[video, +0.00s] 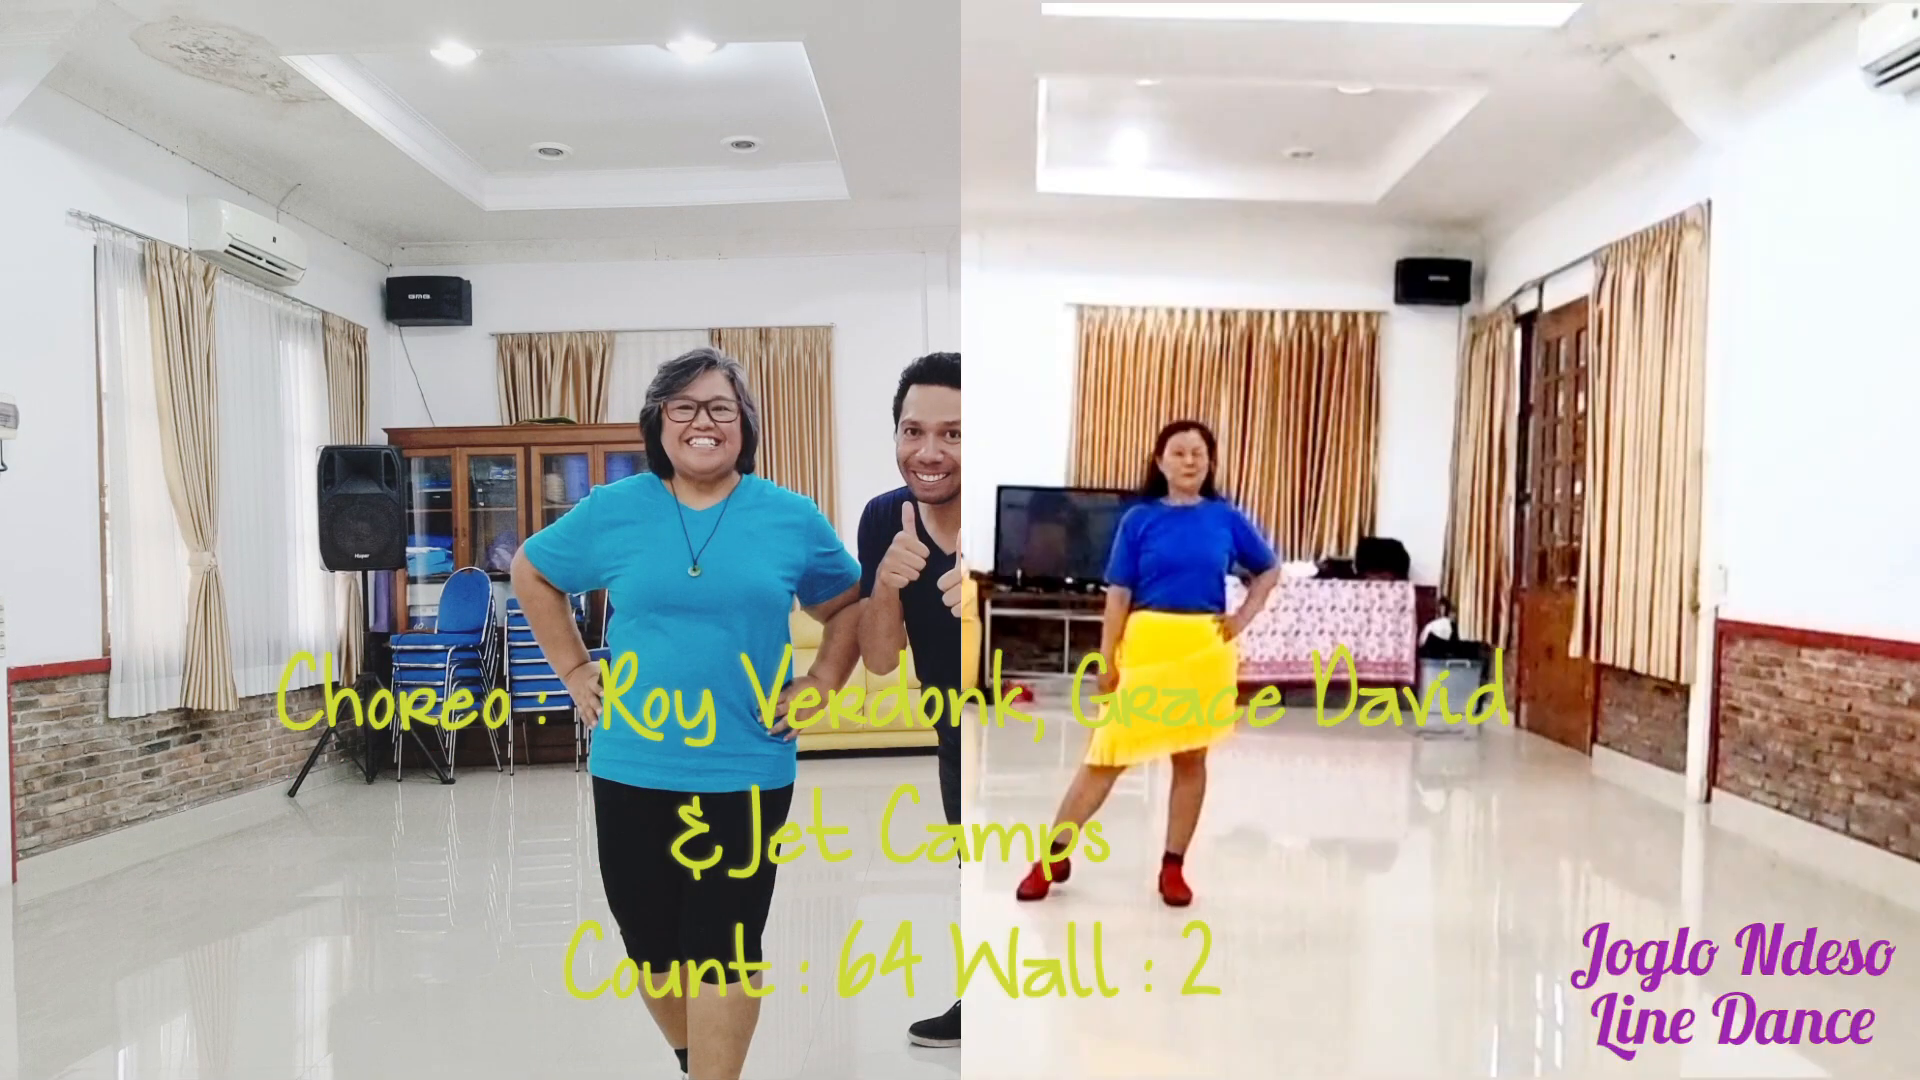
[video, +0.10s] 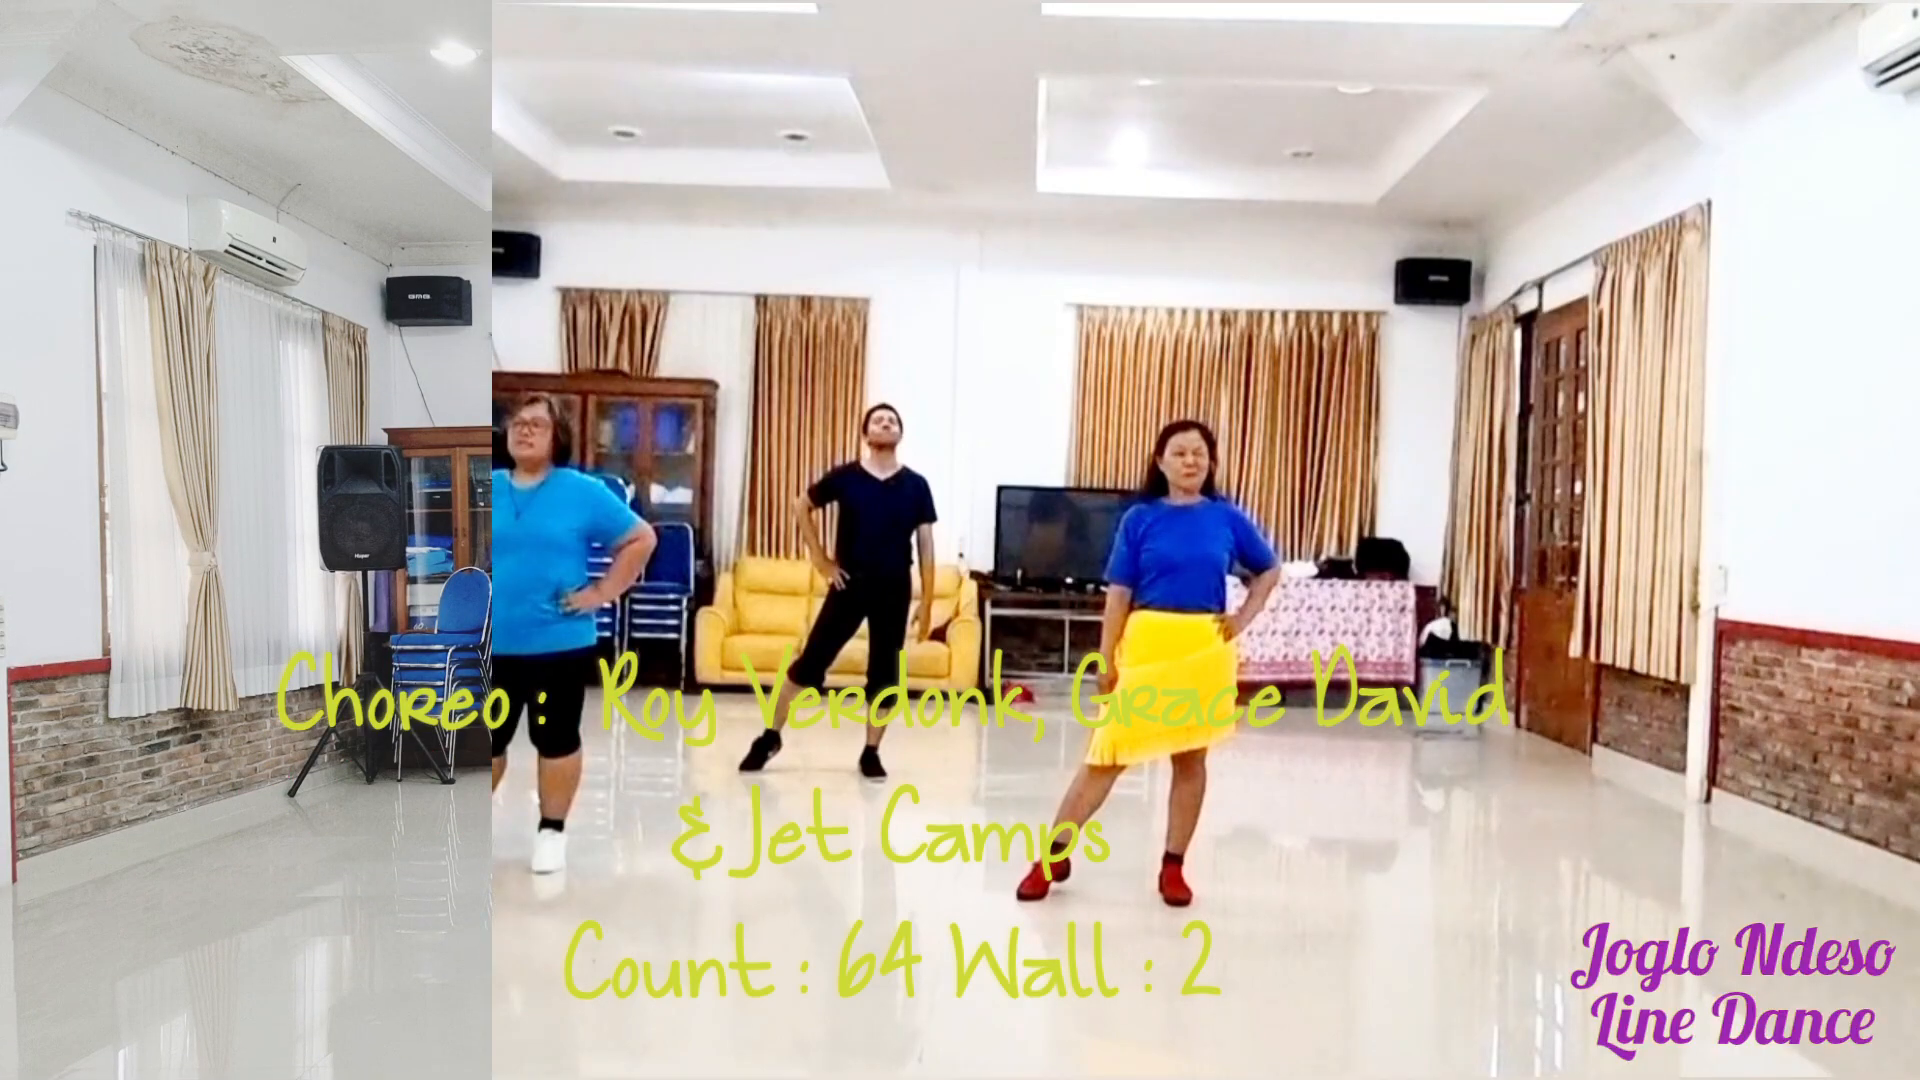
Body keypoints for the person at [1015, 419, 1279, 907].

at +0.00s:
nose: (1189, 461)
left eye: (1197, 453)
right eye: (1178, 453)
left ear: (1209, 462)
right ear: (1160, 461)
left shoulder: (1226, 518)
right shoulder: (1138, 519)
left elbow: (1270, 570)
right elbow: (1118, 593)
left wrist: (1240, 619)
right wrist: (1108, 657)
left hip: (1203, 643)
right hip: (1144, 641)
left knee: (1190, 758)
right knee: (1105, 758)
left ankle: (1173, 864)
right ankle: (1054, 855)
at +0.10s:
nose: (1190, 460)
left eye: (1198, 453)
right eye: (1179, 453)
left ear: (1210, 462)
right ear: (1161, 461)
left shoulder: (1226, 517)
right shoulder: (1139, 518)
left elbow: (1270, 570)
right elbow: (1118, 592)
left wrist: (1241, 620)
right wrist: (1107, 657)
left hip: (1202, 643)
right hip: (1144, 641)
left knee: (1190, 759)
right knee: (1106, 757)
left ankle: (1173, 864)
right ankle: (1054, 855)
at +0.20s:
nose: (1190, 460)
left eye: (1199, 453)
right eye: (1180, 453)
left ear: (1211, 462)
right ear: (1162, 461)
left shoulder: (1227, 518)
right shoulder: (1139, 518)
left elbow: (1270, 571)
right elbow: (1118, 592)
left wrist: (1241, 619)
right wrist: (1107, 656)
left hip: (1202, 644)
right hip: (1144, 641)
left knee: (1190, 760)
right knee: (1106, 757)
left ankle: (1173, 864)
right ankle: (1054, 855)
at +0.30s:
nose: (1191, 461)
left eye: (1199, 454)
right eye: (1181, 453)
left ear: (1211, 463)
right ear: (1163, 462)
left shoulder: (1227, 517)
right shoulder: (1140, 517)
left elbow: (1270, 571)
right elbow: (1118, 591)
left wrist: (1241, 619)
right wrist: (1106, 656)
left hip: (1202, 642)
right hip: (1145, 640)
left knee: (1190, 760)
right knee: (1106, 758)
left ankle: (1173, 864)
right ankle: (1053, 855)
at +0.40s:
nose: (1191, 461)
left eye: (1199, 454)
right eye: (1181, 453)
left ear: (1211, 463)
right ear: (1163, 462)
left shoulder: (1227, 517)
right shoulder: (1140, 517)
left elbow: (1270, 570)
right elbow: (1118, 591)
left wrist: (1241, 619)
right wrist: (1106, 656)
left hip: (1203, 642)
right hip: (1145, 640)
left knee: (1191, 760)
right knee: (1106, 758)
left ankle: (1173, 864)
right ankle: (1054, 855)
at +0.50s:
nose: (1191, 460)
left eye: (1199, 453)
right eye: (1181, 453)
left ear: (1211, 462)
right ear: (1163, 461)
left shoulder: (1227, 517)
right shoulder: (1140, 517)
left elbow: (1270, 570)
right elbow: (1118, 591)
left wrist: (1241, 619)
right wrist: (1106, 656)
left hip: (1203, 642)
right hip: (1145, 640)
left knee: (1190, 759)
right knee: (1107, 757)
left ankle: (1173, 864)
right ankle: (1054, 854)